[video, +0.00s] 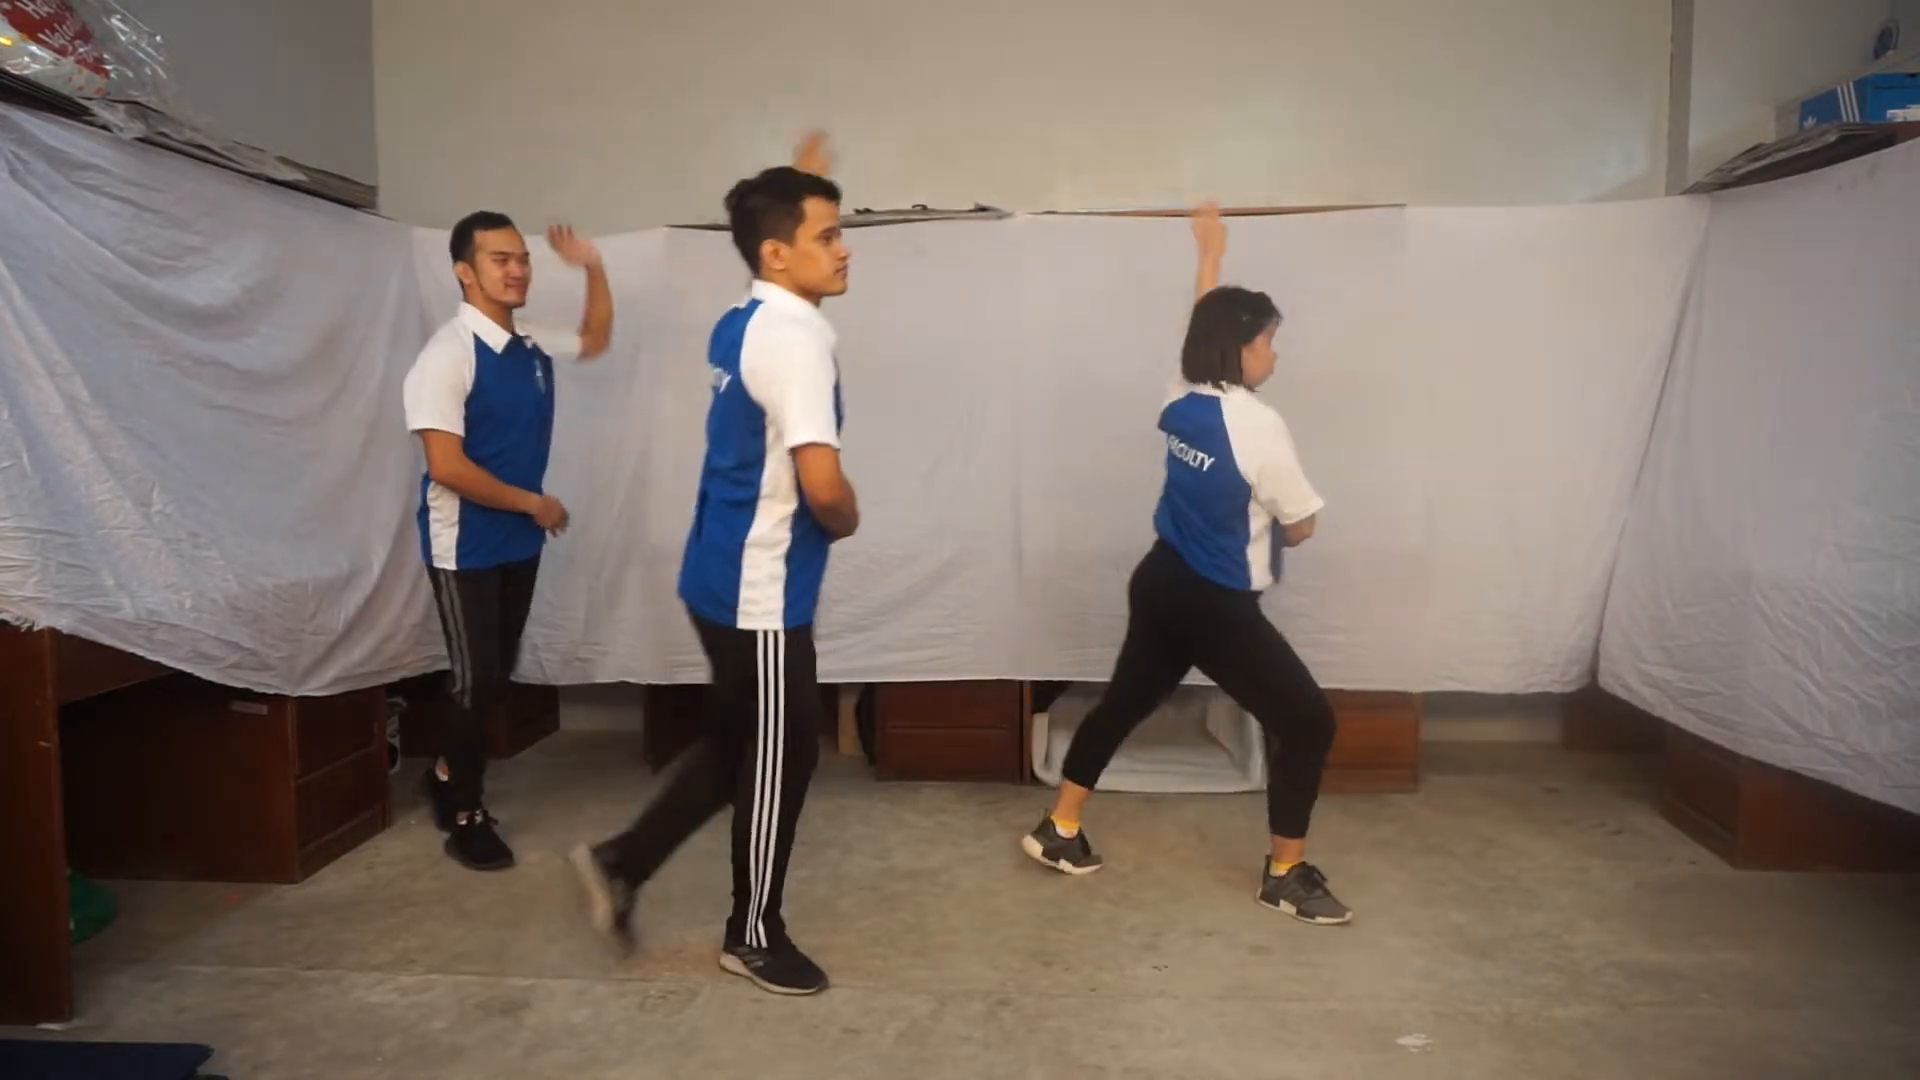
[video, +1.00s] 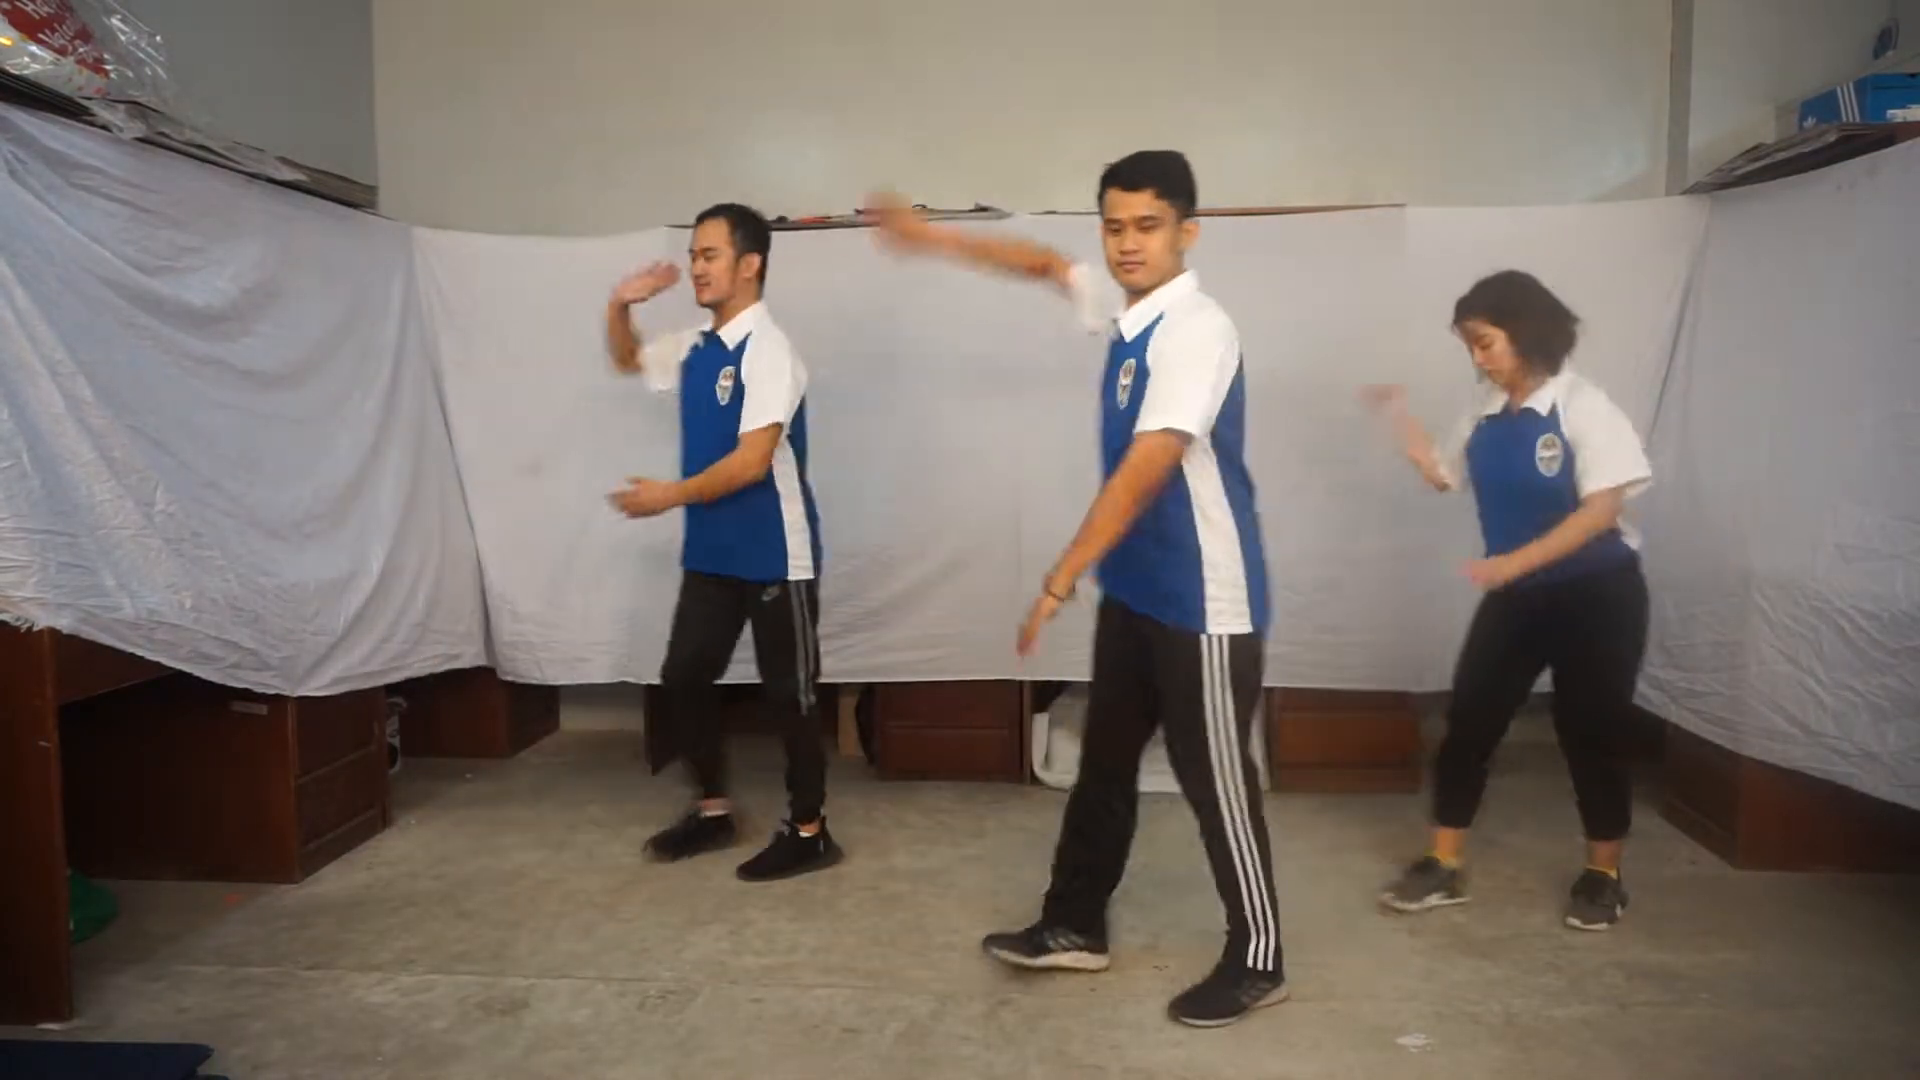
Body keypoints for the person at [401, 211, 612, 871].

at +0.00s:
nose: (518, 270)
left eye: (523, 259)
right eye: (502, 259)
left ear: (529, 270)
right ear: (465, 272)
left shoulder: (530, 348)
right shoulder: (446, 355)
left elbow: (594, 341)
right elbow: (445, 466)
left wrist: (593, 268)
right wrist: (532, 502)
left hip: (516, 543)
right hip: (462, 549)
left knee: (492, 678)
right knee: (476, 683)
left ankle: (448, 773)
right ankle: (468, 810)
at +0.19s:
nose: (538, 268)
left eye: (547, 257)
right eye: (522, 257)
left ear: (556, 266)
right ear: (491, 269)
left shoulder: (564, 357)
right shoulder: (468, 354)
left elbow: (590, 444)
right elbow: (458, 460)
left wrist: (641, 468)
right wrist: (543, 499)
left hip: (554, 548)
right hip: (482, 555)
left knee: (582, 658)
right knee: (475, 686)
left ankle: (559, 785)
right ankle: (468, 815)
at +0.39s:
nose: (585, 272)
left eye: (595, 261)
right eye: (570, 260)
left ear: (605, 271)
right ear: (540, 269)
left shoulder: (627, 358)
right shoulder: (506, 355)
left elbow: (650, 453)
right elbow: (480, 457)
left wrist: (645, 520)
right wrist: (572, 495)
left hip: (617, 557)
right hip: (541, 561)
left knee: (628, 693)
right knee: (537, 705)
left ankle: (636, 810)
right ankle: (489, 805)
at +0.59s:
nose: (624, 266)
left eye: (636, 254)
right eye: (609, 253)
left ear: (648, 264)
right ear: (582, 262)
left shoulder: (675, 348)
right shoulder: (545, 348)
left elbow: (723, 439)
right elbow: (515, 447)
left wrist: (711, 503)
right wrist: (569, 455)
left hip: (665, 556)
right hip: (587, 561)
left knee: (669, 682)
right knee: (597, 688)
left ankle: (659, 800)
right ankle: (606, 820)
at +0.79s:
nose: (675, 273)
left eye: (688, 261)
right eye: (661, 260)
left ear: (703, 273)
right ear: (637, 270)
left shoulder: (732, 359)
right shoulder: (602, 357)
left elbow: (755, 458)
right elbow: (567, 442)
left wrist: (716, 497)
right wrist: (510, 374)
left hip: (707, 559)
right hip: (627, 561)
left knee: (717, 691)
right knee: (609, 691)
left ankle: (789, 814)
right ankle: (605, 825)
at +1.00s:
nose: (696, 267)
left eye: (709, 256)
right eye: (694, 256)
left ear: (750, 266)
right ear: (700, 267)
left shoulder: (771, 348)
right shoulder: (695, 344)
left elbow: (754, 459)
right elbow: (631, 359)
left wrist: (673, 494)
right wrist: (620, 306)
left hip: (779, 558)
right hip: (713, 553)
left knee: (792, 696)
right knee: (687, 681)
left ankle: (809, 828)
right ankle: (714, 811)